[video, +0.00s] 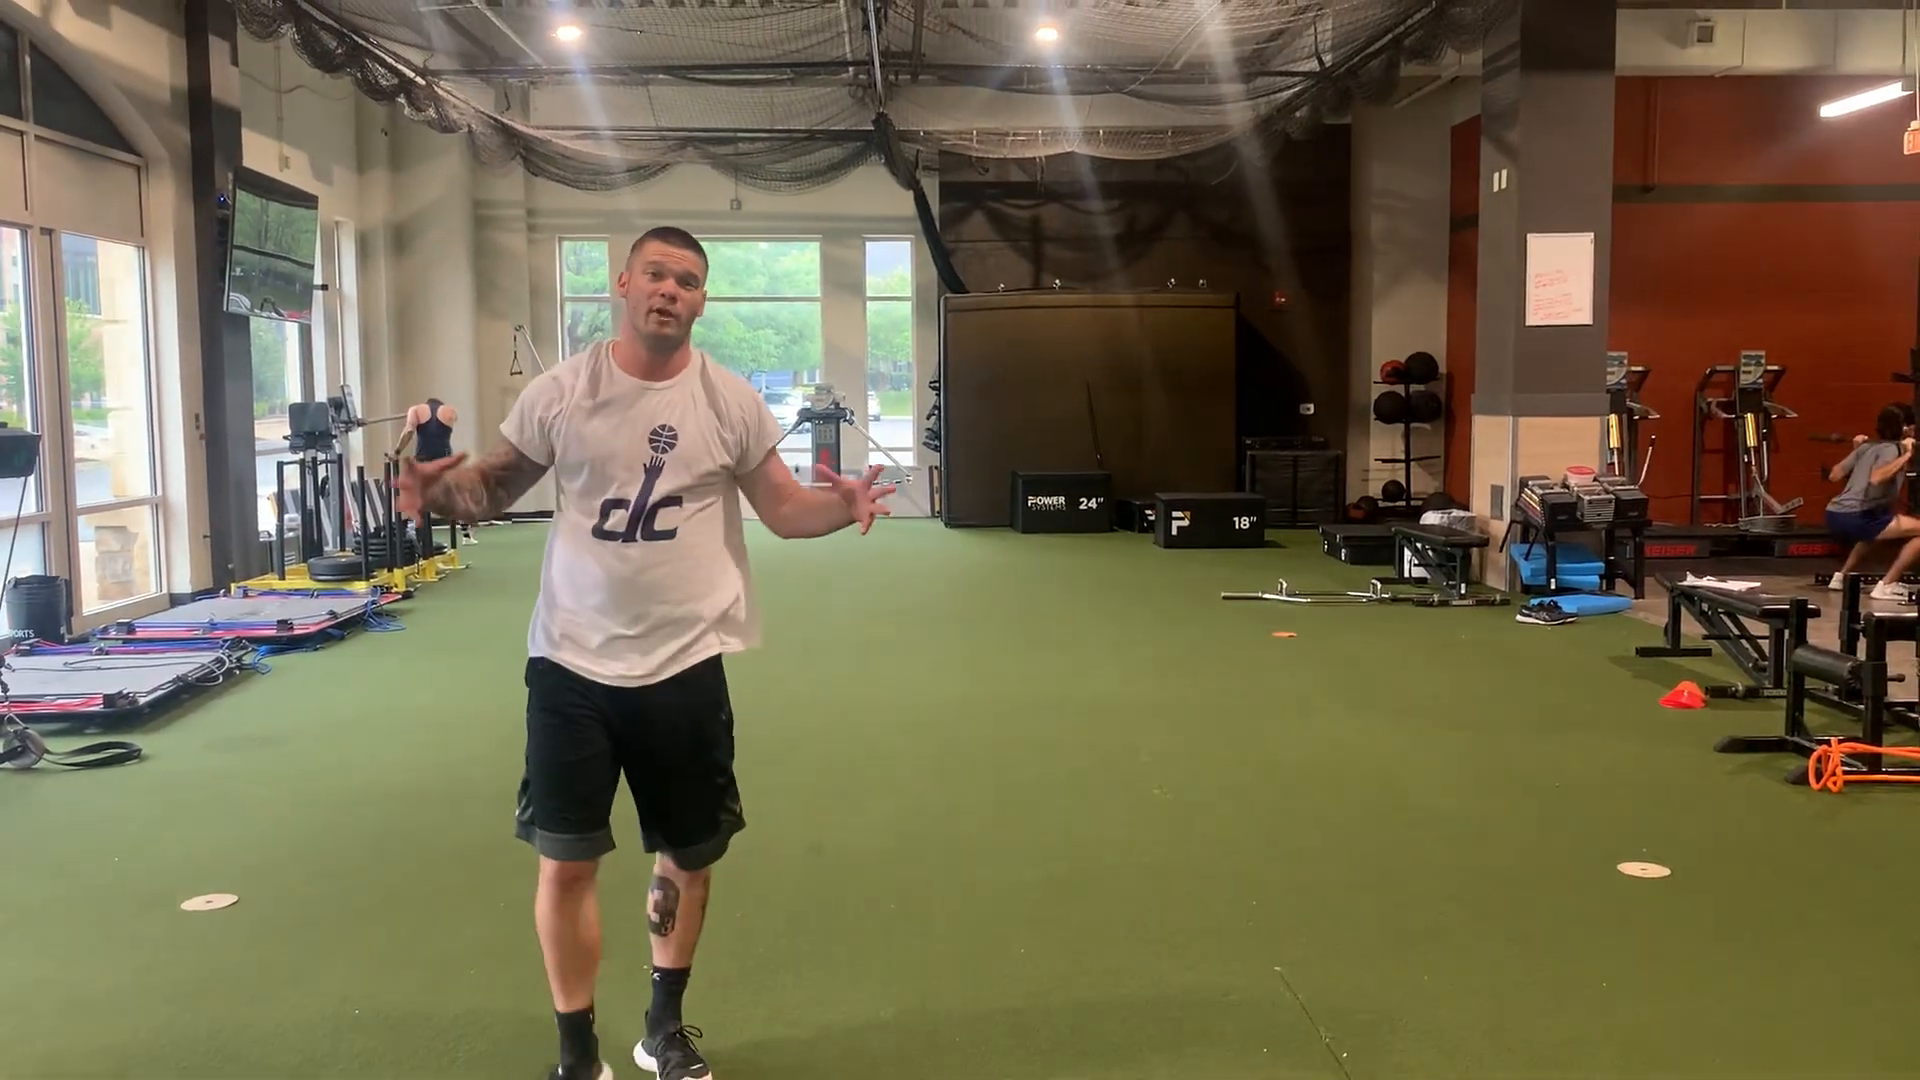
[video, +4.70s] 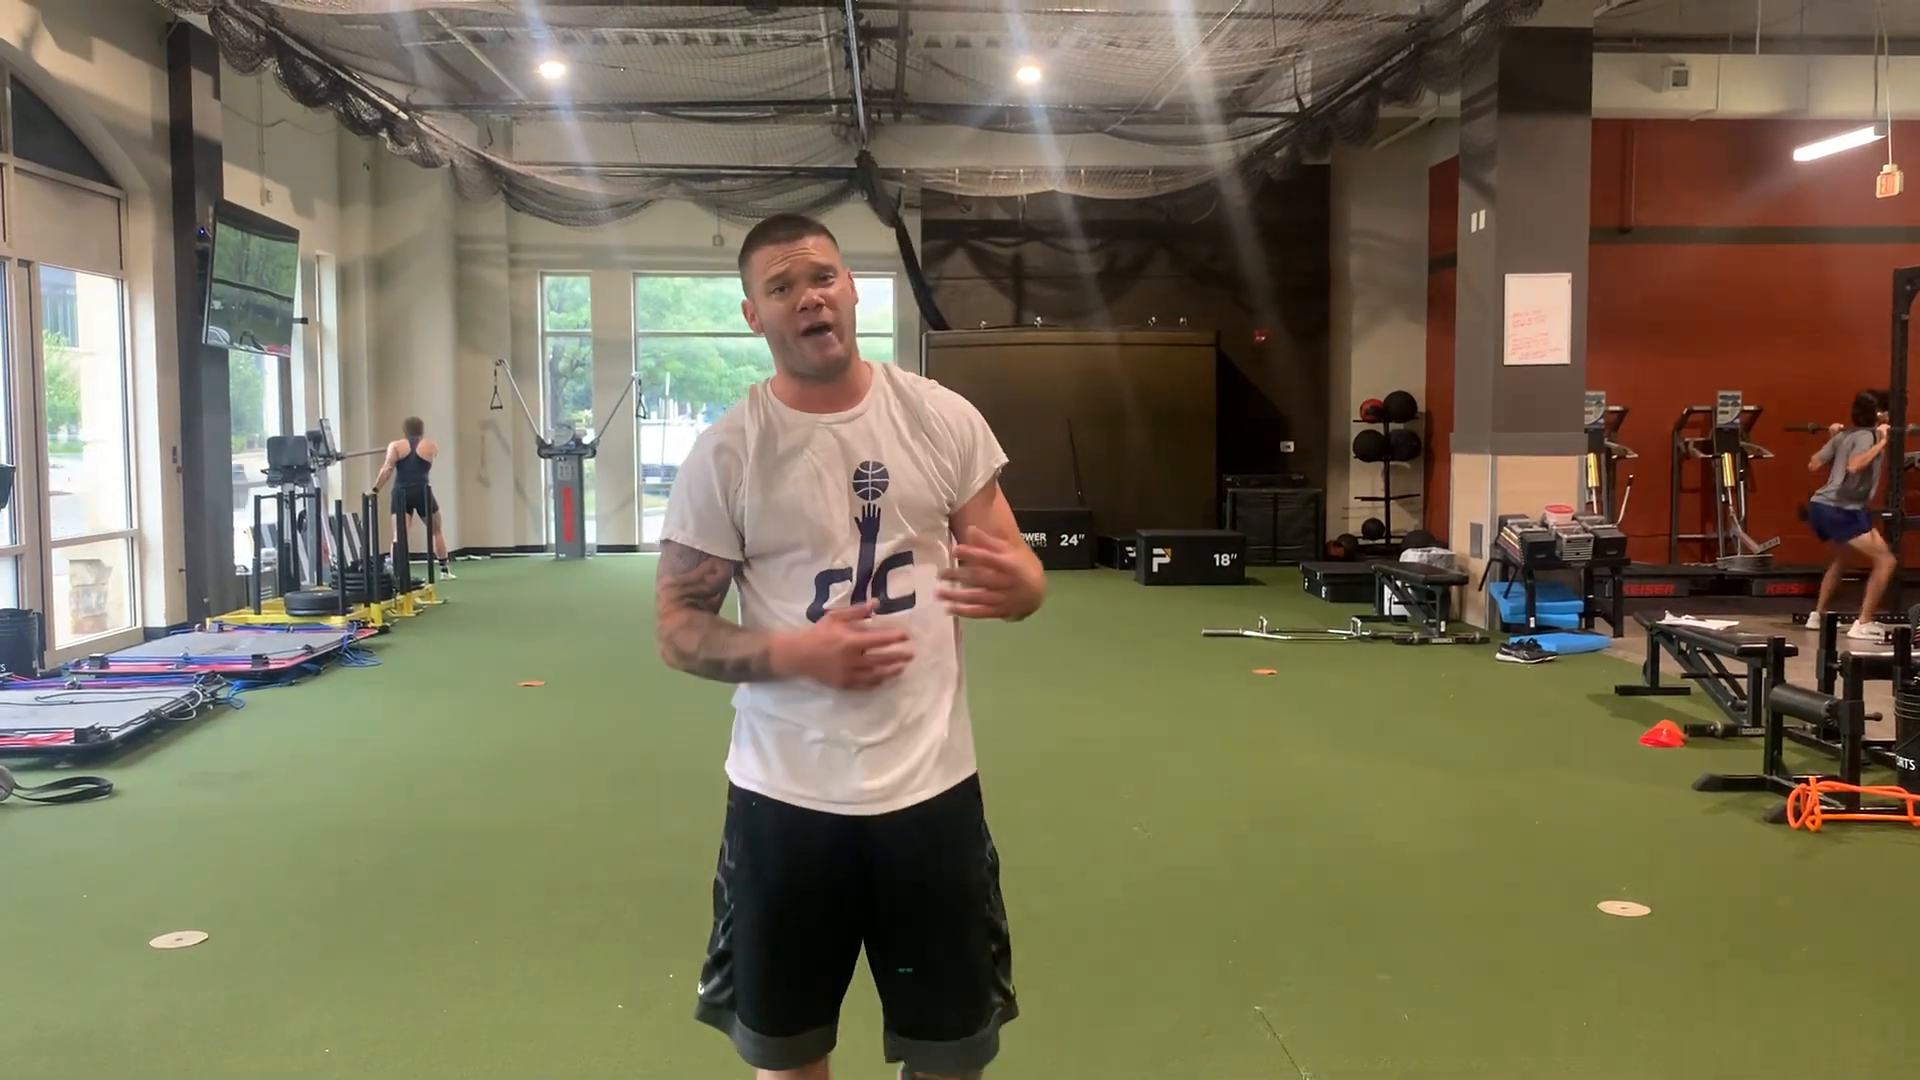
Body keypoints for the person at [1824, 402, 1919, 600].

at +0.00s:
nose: (1914, 429)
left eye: (1913, 425)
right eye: (1912, 425)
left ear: (1882, 426)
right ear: (1903, 428)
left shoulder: (1866, 448)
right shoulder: (1892, 449)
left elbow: (1834, 475)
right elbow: (1876, 478)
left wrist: (1856, 450)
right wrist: (1906, 455)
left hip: (1834, 515)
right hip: (1858, 519)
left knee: (1876, 530)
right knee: (1917, 529)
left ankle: (1841, 576)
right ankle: (1887, 584)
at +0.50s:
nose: (1907, 391)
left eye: (1906, 386)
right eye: (1904, 386)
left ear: (1877, 387)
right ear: (1896, 388)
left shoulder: (1861, 410)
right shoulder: (1887, 410)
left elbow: (1831, 438)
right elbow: (1873, 439)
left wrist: (1850, 411)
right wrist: (1902, 415)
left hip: (1834, 479)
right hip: (1855, 484)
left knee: (1858, 526)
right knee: (1906, 528)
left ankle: (1832, 581)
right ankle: (1878, 589)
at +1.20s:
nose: (1896, 422)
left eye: (1896, 418)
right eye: (1895, 417)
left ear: (1866, 419)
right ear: (1887, 421)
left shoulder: (1852, 441)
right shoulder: (1877, 442)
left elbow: (1822, 469)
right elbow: (1863, 472)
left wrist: (1841, 443)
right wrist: (1892, 448)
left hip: (1824, 508)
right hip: (1847, 512)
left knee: (1856, 542)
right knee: (1910, 540)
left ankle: (1826, 585)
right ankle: (1872, 593)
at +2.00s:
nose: (1885, 395)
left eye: (1885, 390)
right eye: (1882, 390)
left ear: (1855, 392)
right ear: (1872, 393)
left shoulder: (1840, 416)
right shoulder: (1865, 415)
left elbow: (1812, 443)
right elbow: (1854, 444)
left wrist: (1829, 417)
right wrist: (1881, 419)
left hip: (1819, 486)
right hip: (1840, 491)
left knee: (1837, 540)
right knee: (1881, 541)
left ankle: (1814, 597)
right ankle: (1861, 605)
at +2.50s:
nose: (1881, 429)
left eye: (1881, 425)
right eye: (1879, 424)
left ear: (1850, 425)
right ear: (1871, 427)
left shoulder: (1837, 448)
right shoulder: (1862, 448)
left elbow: (1807, 475)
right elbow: (1849, 476)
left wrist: (1825, 450)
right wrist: (1877, 453)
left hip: (1811, 515)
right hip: (1836, 520)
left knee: (1842, 555)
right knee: (1892, 557)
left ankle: (1814, 604)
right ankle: (1860, 613)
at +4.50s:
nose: (1888, 446)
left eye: (1888, 442)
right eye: (1886, 441)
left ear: (1857, 443)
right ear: (1877, 445)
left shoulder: (1843, 465)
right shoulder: (1867, 466)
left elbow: (1812, 491)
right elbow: (1852, 495)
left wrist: (1832, 466)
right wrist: (1881, 473)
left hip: (1815, 531)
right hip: (1837, 535)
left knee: (1848, 567)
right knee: (1899, 568)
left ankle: (1818, 615)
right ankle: (1864, 623)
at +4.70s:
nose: (1887, 416)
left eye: (1887, 411)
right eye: (1884, 412)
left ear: (1857, 414)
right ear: (1875, 415)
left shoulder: (1843, 437)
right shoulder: (1867, 437)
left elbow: (1813, 464)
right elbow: (1853, 465)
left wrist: (1832, 437)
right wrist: (1881, 443)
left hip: (1820, 507)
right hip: (1841, 512)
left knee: (1841, 559)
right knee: (1886, 560)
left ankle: (1818, 615)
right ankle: (1864, 623)